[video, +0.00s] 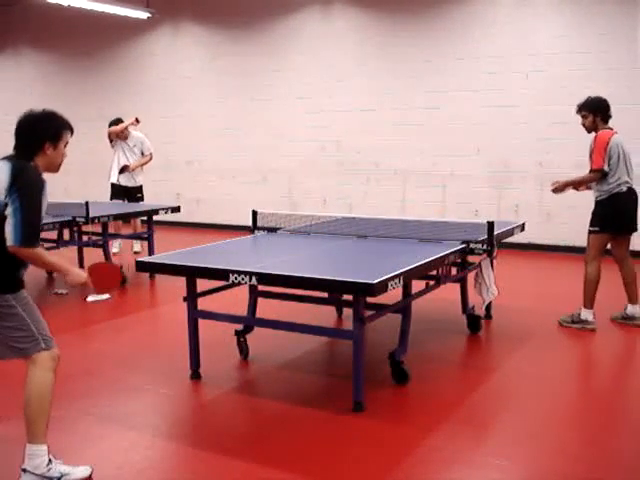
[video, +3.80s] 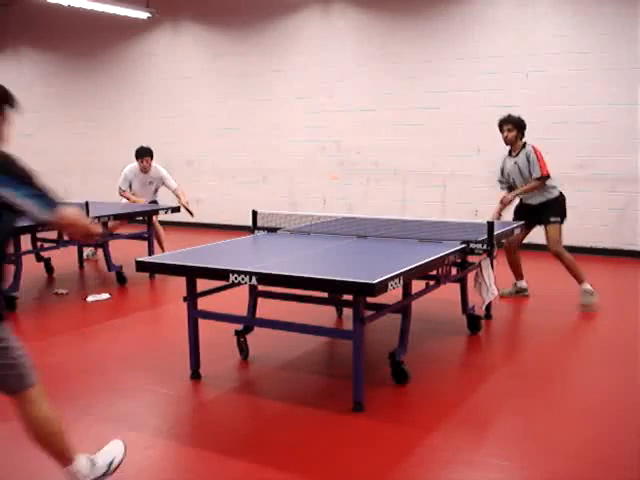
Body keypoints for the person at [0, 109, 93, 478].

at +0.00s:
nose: (66, 153)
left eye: (66, 146)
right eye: (63, 146)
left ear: (32, 144)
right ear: (45, 146)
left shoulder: (7, 169)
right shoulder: (28, 179)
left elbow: (16, 242)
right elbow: (20, 245)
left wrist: (57, 266)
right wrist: (67, 269)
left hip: (9, 287)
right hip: (6, 288)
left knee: (43, 354)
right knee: (44, 355)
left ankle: (37, 458)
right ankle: (37, 460)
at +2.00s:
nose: (45, 170)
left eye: (45, 162)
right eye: (42, 161)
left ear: (21, 162)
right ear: (25, 162)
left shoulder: (8, 191)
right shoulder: (12, 194)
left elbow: (12, 256)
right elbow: (13, 259)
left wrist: (46, 263)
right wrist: (49, 266)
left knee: (15, 362)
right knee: (16, 363)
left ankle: (19, 467)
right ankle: (19, 469)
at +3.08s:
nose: (10, 161)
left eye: (12, 153)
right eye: (8, 152)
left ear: (5, 153)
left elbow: (16, 242)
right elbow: (19, 248)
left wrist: (51, 263)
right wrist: (57, 270)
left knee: (34, 356)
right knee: (37, 357)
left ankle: (30, 459)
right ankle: (31, 460)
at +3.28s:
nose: (62, 180)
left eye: (63, 171)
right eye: (58, 170)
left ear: (28, 167)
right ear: (37, 168)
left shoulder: (4, 187)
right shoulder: (22, 196)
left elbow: (21, 236)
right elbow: (71, 241)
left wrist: (46, 261)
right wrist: (80, 272)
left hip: (6, 311)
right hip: (6, 313)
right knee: (74, 362)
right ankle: (89, 464)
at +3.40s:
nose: (93, 205)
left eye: (95, 199)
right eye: (92, 197)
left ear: (51, 183)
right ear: (74, 189)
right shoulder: (66, 212)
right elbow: (119, 240)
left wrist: (114, 269)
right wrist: (123, 271)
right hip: (16, 321)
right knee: (92, 362)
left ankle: (91, 463)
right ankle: (92, 465)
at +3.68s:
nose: (65, 178)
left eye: (65, 170)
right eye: (63, 170)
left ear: (19, 166)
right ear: (48, 171)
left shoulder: (6, 194)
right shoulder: (53, 201)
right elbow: (130, 218)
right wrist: (165, 239)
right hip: (13, 327)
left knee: (76, 363)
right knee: (78, 365)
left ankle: (92, 463)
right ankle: (92, 464)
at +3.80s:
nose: (10, 127)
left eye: (8, 118)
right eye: (7, 118)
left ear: (2, 119)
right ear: (1, 119)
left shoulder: (5, 166)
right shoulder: (2, 166)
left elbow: (47, 211)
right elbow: (55, 216)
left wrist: (80, 225)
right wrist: (92, 228)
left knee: (26, 389)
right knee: (25, 389)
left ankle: (77, 465)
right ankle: (78, 466)